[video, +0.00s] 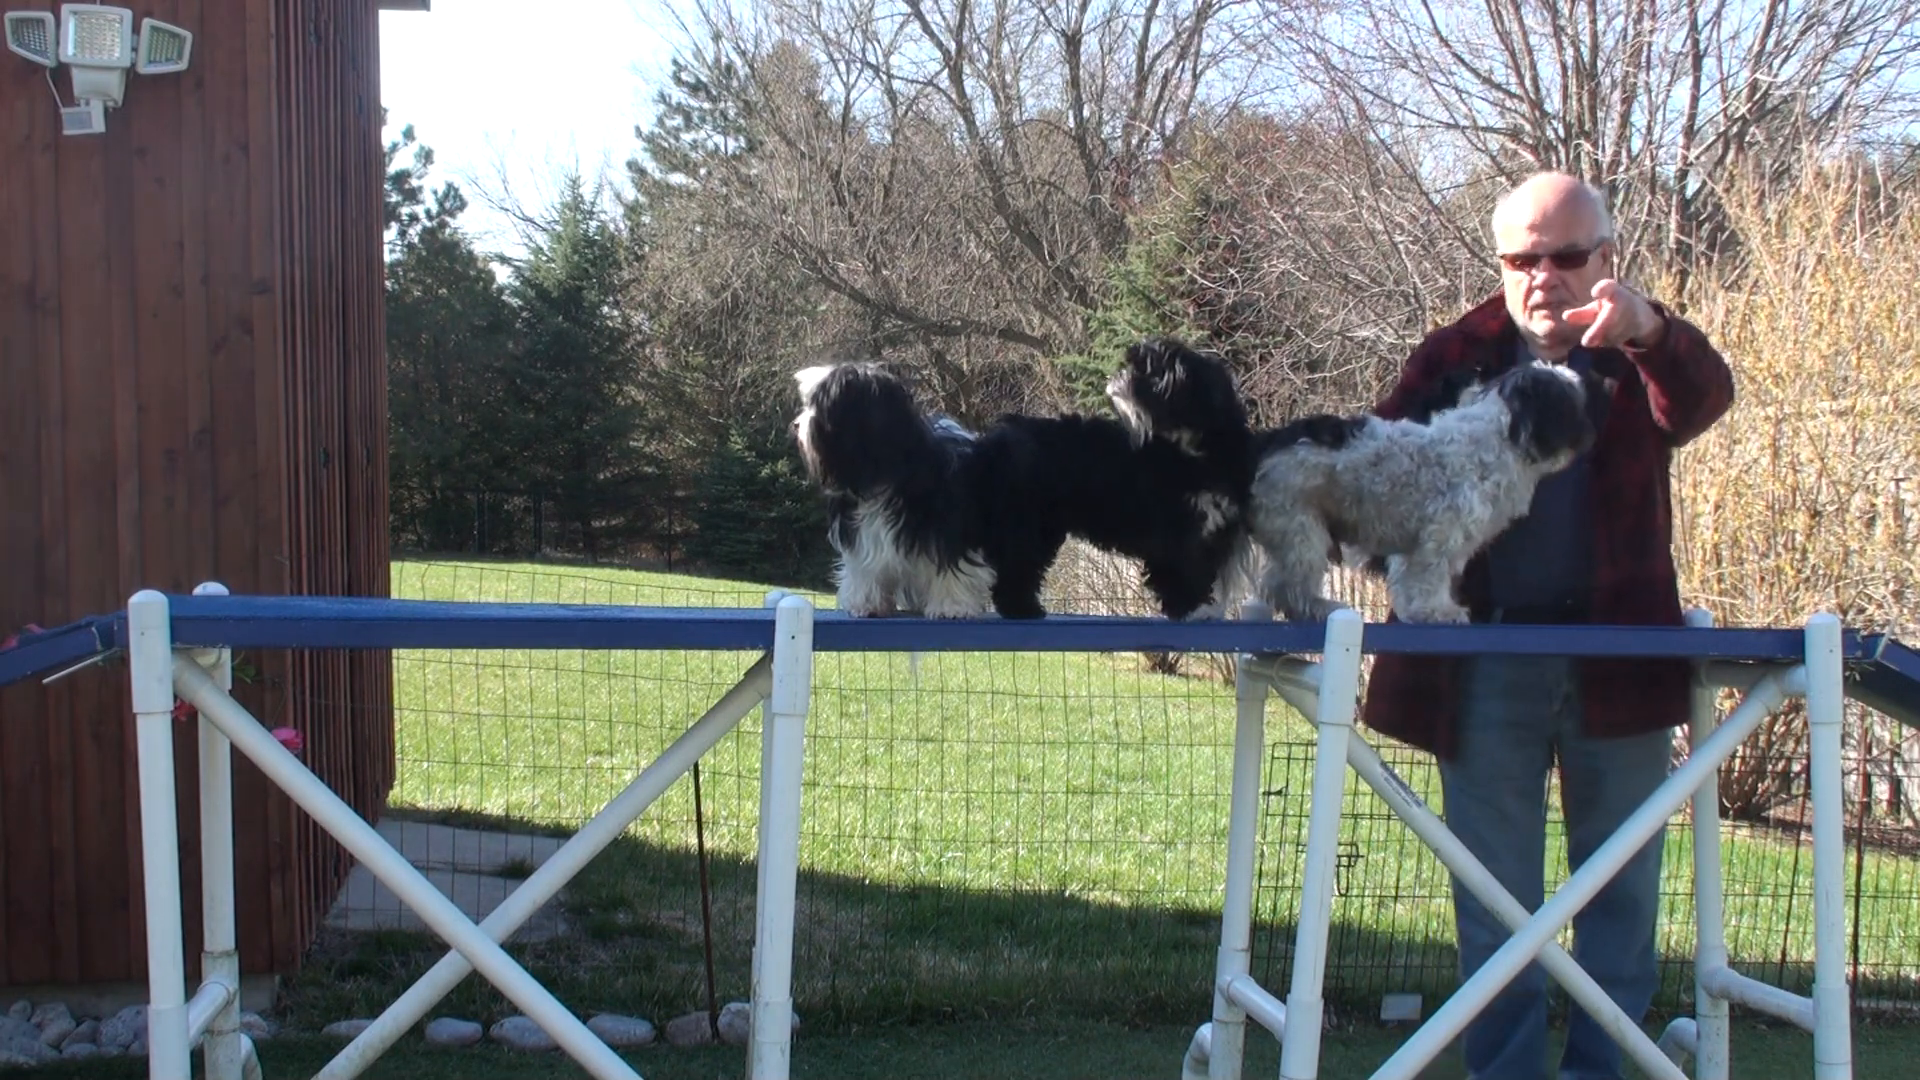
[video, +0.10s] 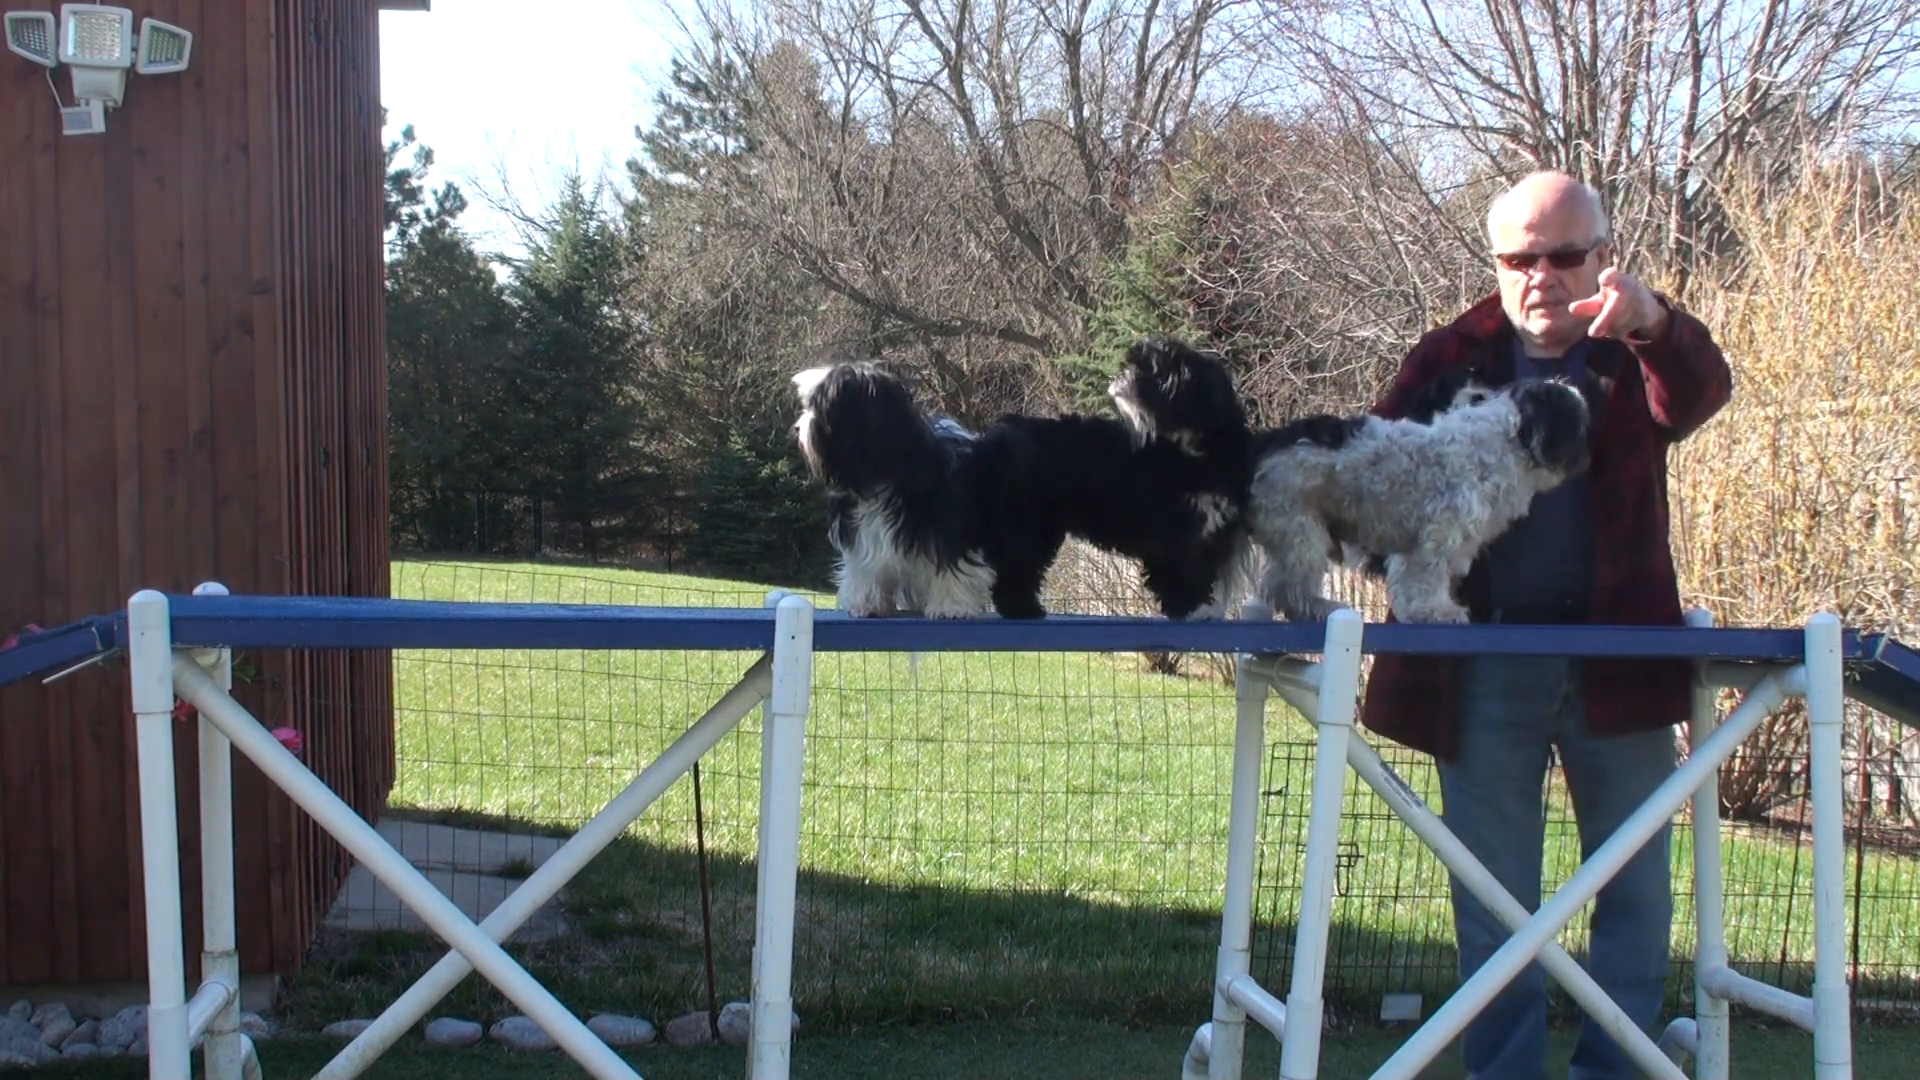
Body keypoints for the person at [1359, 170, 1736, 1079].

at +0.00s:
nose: (1548, 277)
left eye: (1570, 257)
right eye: (1526, 260)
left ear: (1610, 253)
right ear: (1496, 264)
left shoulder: (1643, 352)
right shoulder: (1451, 357)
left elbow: (1703, 401)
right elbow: (1381, 469)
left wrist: (1650, 333)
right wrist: (1369, 533)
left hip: (1621, 661)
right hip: (1484, 659)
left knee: (1621, 897)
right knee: (1493, 899)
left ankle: (1601, 1068)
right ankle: (1503, 1065)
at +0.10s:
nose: (1542, 278)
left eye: (1565, 257)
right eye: (1520, 260)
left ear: (1605, 255)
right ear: (1492, 264)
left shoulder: (1637, 354)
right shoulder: (1449, 357)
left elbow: (1700, 393)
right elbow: (1375, 464)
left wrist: (1648, 320)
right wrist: (1368, 533)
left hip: (1621, 660)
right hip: (1482, 660)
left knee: (1634, 890)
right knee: (1492, 898)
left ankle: (1616, 1068)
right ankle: (1502, 1065)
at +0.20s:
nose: (1545, 274)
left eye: (1568, 253)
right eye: (1523, 256)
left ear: (1607, 255)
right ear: (1494, 264)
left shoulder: (1641, 351)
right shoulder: (1448, 358)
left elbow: (1702, 385)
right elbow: (1374, 462)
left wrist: (1652, 313)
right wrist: (1366, 533)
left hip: (1626, 659)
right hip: (1485, 659)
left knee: (1646, 891)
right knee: (1491, 899)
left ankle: (1636, 1069)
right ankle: (1500, 1066)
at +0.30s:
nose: (1554, 268)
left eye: (1576, 248)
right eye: (1532, 251)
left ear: (1613, 253)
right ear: (1503, 260)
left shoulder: (1647, 350)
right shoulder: (1455, 357)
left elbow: (1704, 377)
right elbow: (1380, 467)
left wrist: (1657, 307)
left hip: (1633, 659)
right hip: (1492, 659)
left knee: (1649, 893)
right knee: (1493, 898)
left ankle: (1644, 1070)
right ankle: (1500, 1066)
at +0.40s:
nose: (1563, 261)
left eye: (1585, 242)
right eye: (1542, 245)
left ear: (1620, 249)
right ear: (1515, 257)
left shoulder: (1660, 348)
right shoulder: (1464, 356)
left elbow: (1705, 373)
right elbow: (1396, 466)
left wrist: (1662, 308)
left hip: (1636, 658)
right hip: (1498, 658)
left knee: (1646, 888)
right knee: (1500, 893)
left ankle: (1641, 1067)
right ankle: (1500, 1064)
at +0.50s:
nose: (1576, 260)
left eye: (1599, 241)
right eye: (1555, 244)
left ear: (1635, 246)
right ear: (1528, 253)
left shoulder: (1673, 345)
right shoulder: (1478, 352)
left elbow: (1717, 382)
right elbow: (1414, 471)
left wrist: (1662, 312)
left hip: (1640, 660)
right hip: (1504, 658)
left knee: (1655, 892)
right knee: (1502, 893)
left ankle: (1641, 1069)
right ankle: (1502, 1064)